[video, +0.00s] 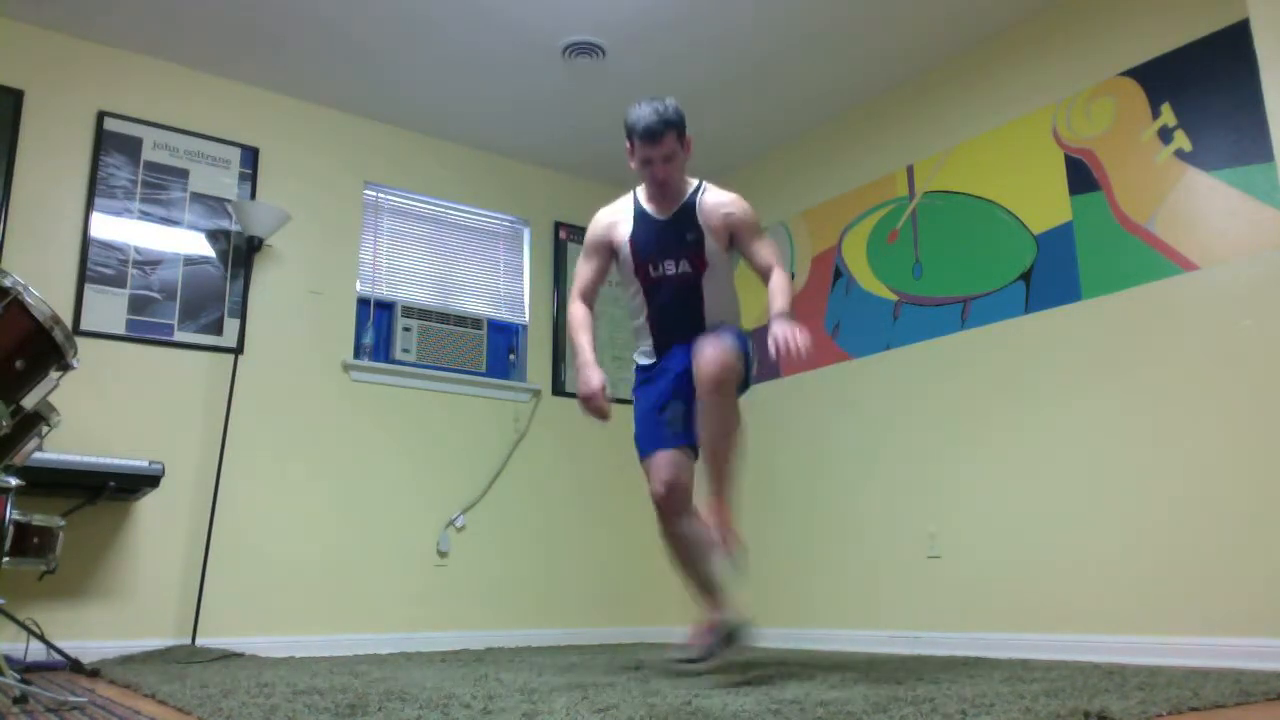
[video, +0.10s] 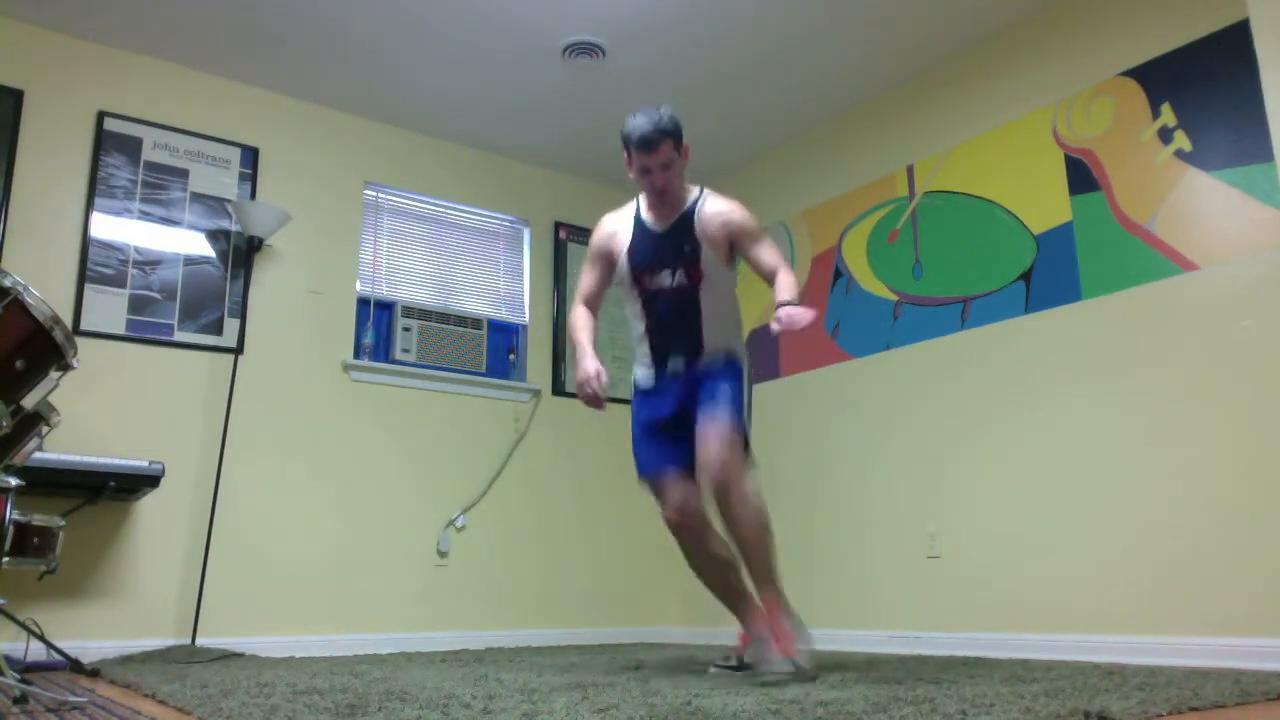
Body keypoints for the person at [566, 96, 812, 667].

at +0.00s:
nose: (658, 173)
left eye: (668, 159)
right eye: (646, 161)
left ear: (686, 150)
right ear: (630, 157)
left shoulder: (723, 209)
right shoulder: (610, 223)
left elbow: (774, 268)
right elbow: (579, 300)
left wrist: (779, 316)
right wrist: (587, 366)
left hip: (720, 346)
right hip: (658, 365)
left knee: (712, 359)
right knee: (666, 491)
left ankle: (717, 509)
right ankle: (717, 612)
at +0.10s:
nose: (657, 180)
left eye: (665, 166)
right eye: (646, 169)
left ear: (684, 157)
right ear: (629, 167)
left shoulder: (722, 217)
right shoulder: (613, 231)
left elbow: (779, 271)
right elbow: (582, 306)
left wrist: (785, 302)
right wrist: (586, 357)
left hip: (716, 372)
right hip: (655, 384)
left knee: (720, 468)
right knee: (679, 513)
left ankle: (775, 610)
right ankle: (752, 624)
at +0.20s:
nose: (646, 188)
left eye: (654, 174)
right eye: (635, 178)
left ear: (675, 164)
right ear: (621, 176)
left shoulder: (714, 226)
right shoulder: (613, 244)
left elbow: (781, 274)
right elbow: (587, 313)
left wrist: (800, 306)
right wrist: (583, 351)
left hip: (710, 383)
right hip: (654, 398)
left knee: (679, 485)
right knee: (684, 524)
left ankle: (769, 620)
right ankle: (761, 632)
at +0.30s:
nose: (627, 165)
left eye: (634, 150)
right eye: (615, 156)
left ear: (655, 139)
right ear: (603, 156)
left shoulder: (696, 199)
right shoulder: (598, 214)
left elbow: (768, 244)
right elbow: (576, 285)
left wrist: (805, 284)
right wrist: (574, 326)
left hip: (700, 348)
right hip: (652, 359)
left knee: (640, 453)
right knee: (662, 489)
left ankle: (723, 595)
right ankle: (743, 609)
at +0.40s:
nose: (601, 161)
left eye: (607, 145)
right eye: (590, 151)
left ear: (632, 130)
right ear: (580, 149)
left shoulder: (677, 187)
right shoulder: (579, 206)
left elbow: (756, 223)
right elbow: (549, 267)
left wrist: (786, 263)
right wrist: (556, 315)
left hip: (686, 334)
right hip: (642, 349)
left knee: (626, 467)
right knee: (607, 483)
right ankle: (716, 577)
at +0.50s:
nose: (584, 179)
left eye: (589, 164)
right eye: (572, 170)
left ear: (614, 146)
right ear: (563, 170)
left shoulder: (661, 203)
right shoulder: (573, 219)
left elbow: (744, 225)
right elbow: (543, 272)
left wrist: (771, 256)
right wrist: (544, 323)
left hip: (664, 366)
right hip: (626, 374)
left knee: (592, 498)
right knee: (579, 506)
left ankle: (614, 646)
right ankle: (695, 579)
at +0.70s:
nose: (541, 189)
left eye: (542, 174)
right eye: (532, 183)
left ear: (565, 147)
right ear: (529, 178)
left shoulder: (613, 187)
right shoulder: (574, 206)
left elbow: (675, 199)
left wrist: (726, 226)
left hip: (641, 348)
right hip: (617, 353)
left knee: (592, 487)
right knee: (585, 484)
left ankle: (613, 645)